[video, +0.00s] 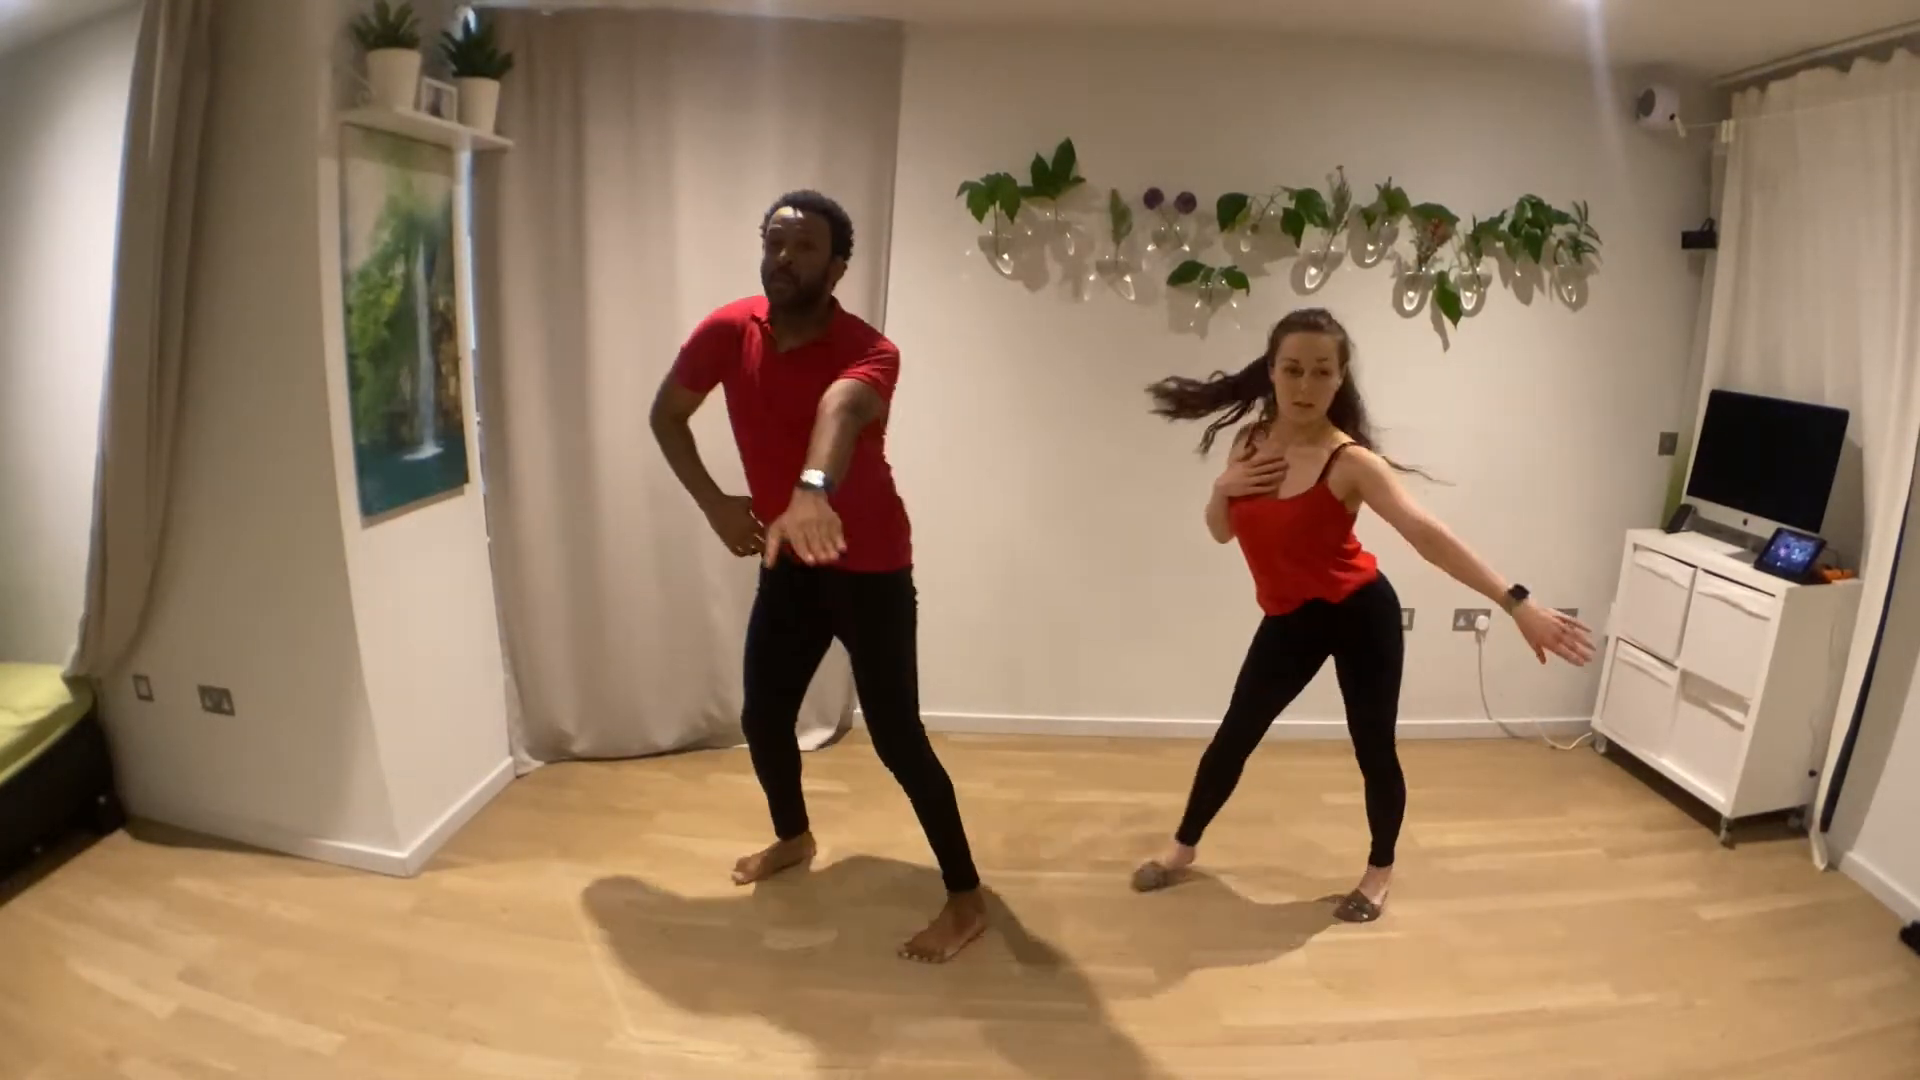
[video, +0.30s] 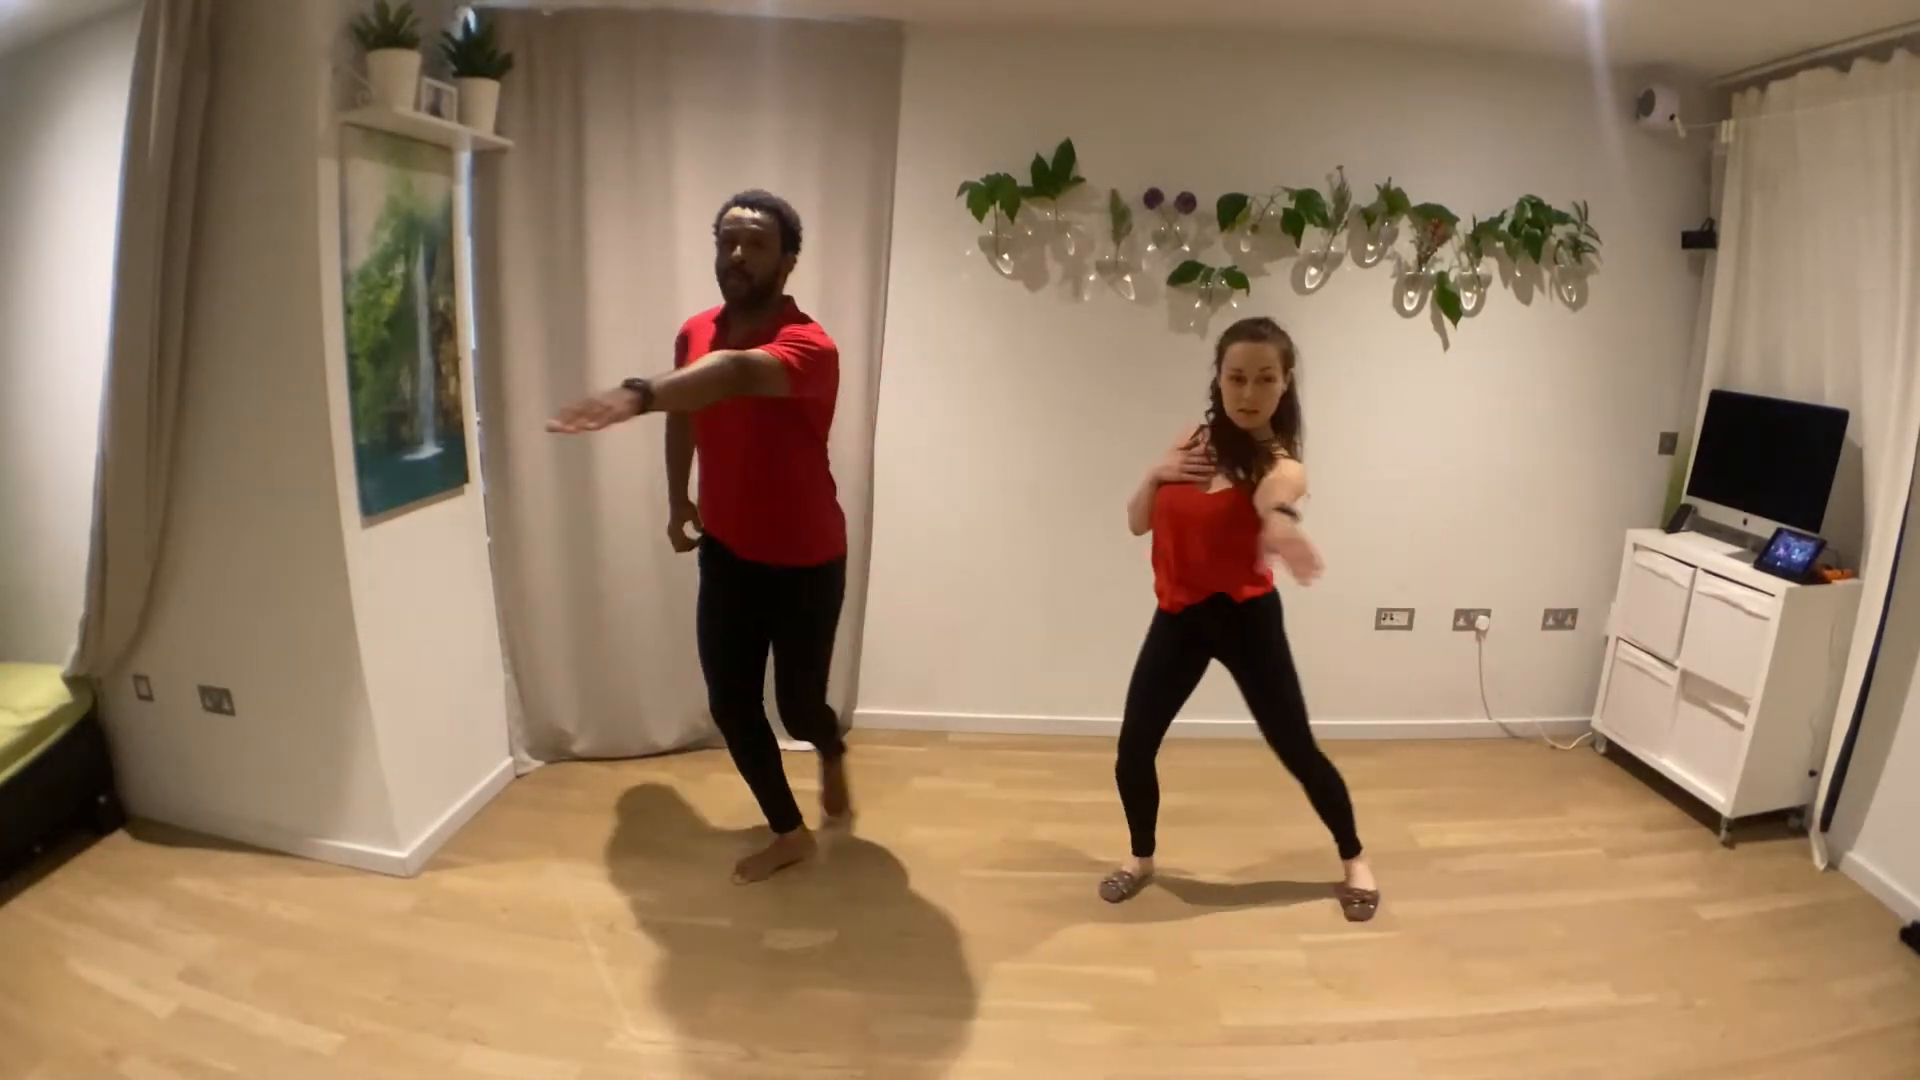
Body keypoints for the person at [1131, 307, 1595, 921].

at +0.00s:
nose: (1306, 386)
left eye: (1322, 372)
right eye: (1293, 369)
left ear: (1339, 380)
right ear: (1271, 372)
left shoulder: (1349, 461)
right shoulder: (1251, 443)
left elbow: (1426, 533)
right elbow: (1222, 532)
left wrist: (1518, 603)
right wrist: (1221, 490)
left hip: (1359, 610)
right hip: (1290, 618)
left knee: (1374, 748)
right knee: (1235, 733)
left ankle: (1379, 871)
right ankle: (1181, 848)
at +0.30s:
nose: (1249, 393)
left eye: (1265, 378)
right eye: (1237, 377)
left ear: (1285, 384)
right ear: (1218, 380)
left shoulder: (1280, 463)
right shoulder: (1192, 444)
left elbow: (1277, 493)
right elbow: (1137, 524)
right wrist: (1157, 475)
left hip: (1248, 618)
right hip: (1179, 620)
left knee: (1296, 750)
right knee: (1133, 752)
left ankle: (1354, 860)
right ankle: (1141, 858)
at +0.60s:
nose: (1214, 387)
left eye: (1229, 375)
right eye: (1202, 373)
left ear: (1250, 382)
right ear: (1186, 377)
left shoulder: (1257, 461)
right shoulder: (1164, 446)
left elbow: (1173, 487)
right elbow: (1109, 527)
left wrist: (1072, 472)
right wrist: (1141, 475)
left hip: (1192, 622)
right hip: (1130, 606)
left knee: (1166, 758)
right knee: (1113, 747)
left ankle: (1155, 812)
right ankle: (1138, 854)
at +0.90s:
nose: (1199, 378)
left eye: (1214, 366)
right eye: (1188, 364)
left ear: (1233, 372)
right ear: (1169, 368)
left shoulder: (1238, 457)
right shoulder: (1144, 413)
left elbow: (1191, 520)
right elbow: (1081, 406)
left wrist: (1166, 442)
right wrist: (1075, 426)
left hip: (1212, 602)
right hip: (1148, 598)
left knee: (1190, 741)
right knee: (1122, 740)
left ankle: (1156, 809)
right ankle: (1088, 828)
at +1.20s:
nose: (1211, 370)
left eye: (1207, 360)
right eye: (1193, 369)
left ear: (1216, 365)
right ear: (1166, 398)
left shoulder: (1261, 423)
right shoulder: (1178, 489)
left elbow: (1292, 479)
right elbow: (1240, 589)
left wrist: (1292, 530)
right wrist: (1317, 645)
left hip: (1242, 601)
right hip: (1183, 607)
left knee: (1305, 719)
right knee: (1152, 742)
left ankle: (1312, 828)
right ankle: (1085, 827)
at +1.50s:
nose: (1329, 360)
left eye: (1321, 354)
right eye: (1313, 365)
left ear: (1323, 385)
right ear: (1300, 402)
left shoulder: (1361, 430)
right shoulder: (1335, 447)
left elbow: (1402, 353)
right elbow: (1403, 347)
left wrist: (1450, 276)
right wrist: (1439, 277)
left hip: (1375, 602)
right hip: (1330, 598)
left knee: (1390, 715)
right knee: (1267, 723)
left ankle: (1387, 821)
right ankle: (1167, 825)